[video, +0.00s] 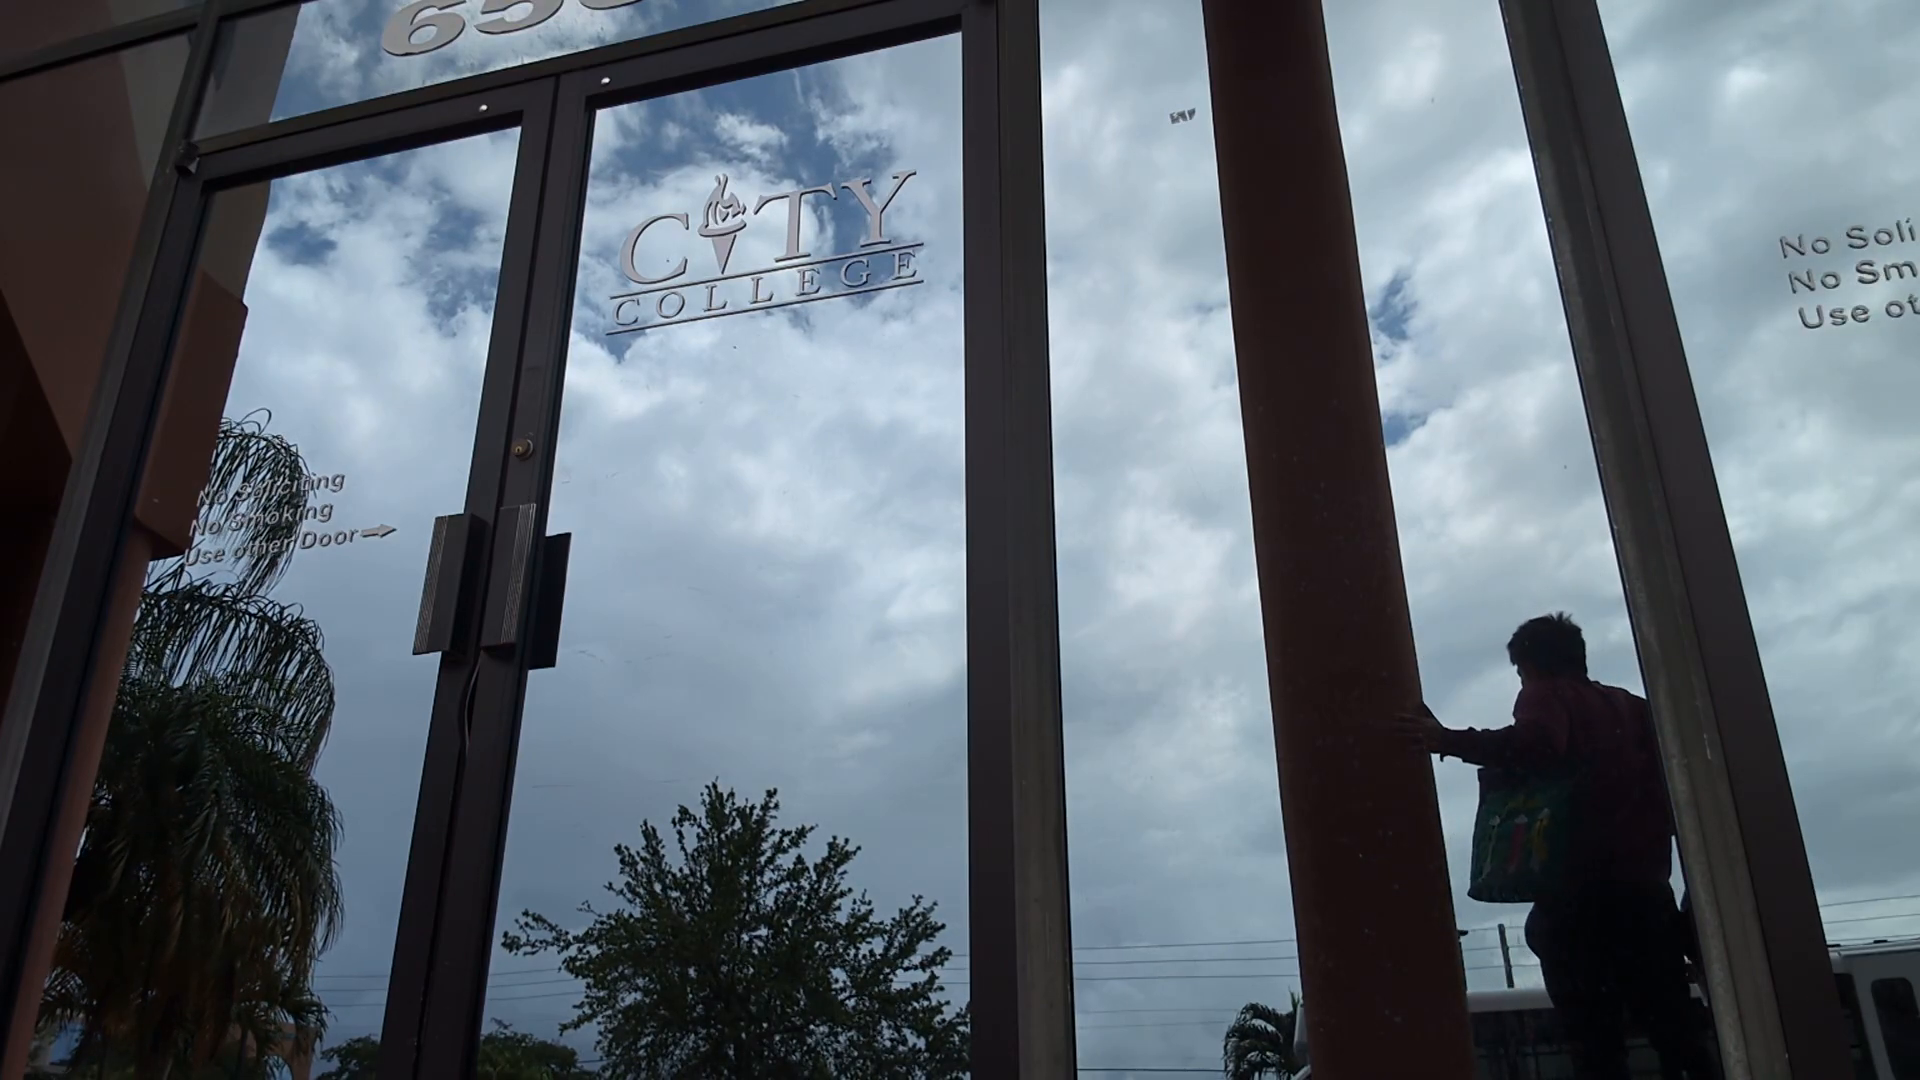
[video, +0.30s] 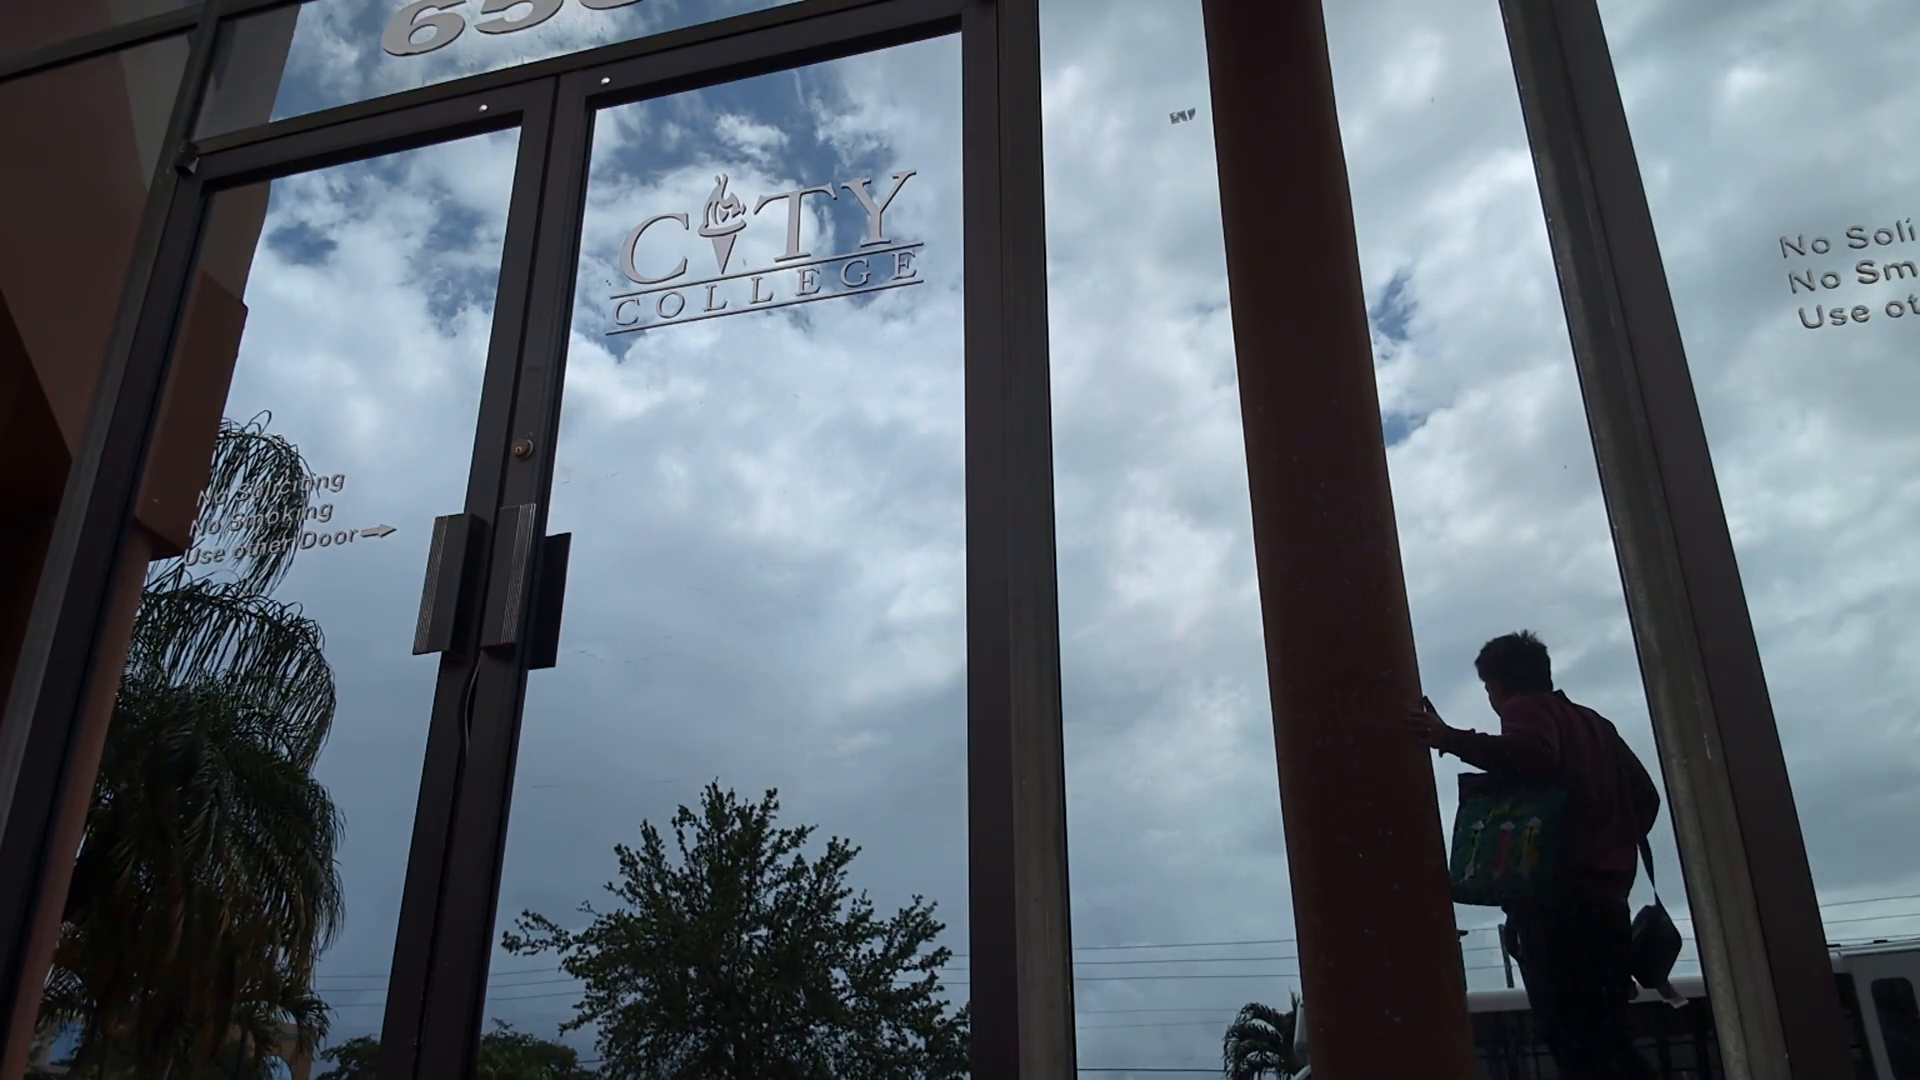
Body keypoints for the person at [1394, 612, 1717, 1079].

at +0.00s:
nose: (1521, 684)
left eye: (1522, 672)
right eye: (1520, 673)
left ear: (1535, 666)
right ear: (1578, 660)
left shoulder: (1542, 697)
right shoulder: (1633, 706)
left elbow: (1539, 744)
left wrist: (1449, 740)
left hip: (1574, 896)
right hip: (1648, 890)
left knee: (1594, 1039)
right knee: (1673, 1023)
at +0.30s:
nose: (1489, 698)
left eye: (1489, 687)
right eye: (1487, 689)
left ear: (1503, 682)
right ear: (1544, 676)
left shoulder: (1523, 708)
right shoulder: (1596, 725)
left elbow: (1535, 754)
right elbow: (1646, 796)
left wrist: (1449, 737)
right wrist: (1610, 841)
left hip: (1551, 903)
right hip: (1607, 902)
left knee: (1570, 1037)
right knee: (1608, 1034)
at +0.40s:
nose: (1478, 706)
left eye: (1477, 695)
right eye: (1475, 696)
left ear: (1491, 689)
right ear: (1529, 682)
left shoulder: (1516, 715)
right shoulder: (1582, 731)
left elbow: (1531, 760)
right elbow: (1631, 804)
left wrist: (1449, 739)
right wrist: (1596, 855)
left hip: (1546, 898)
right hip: (1595, 895)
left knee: (1562, 1026)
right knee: (1589, 1020)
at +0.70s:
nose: (1444, 728)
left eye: (1447, 718)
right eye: (1442, 719)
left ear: (1473, 714)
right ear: (1494, 711)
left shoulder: (1492, 748)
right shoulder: (1542, 756)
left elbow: (1508, 780)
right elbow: (1585, 828)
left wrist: (1445, 750)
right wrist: (1584, 912)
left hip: (1512, 932)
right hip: (1554, 927)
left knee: (1512, 1042)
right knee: (1558, 1037)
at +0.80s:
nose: (1433, 729)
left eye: (1436, 719)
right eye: (1431, 720)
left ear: (1463, 717)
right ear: (1481, 716)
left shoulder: (1492, 753)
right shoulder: (1520, 756)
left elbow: (1500, 780)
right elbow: (1559, 830)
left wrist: (1442, 748)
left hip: (1509, 931)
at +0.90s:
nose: (1427, 734)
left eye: (1428, 723)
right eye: (1425, 724)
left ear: (1449, 721)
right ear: (1472, 719)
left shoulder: (1481, 758)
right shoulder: (1509, 763)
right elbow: (1534, 850)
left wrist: (1436, 746)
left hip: (1491, 935)